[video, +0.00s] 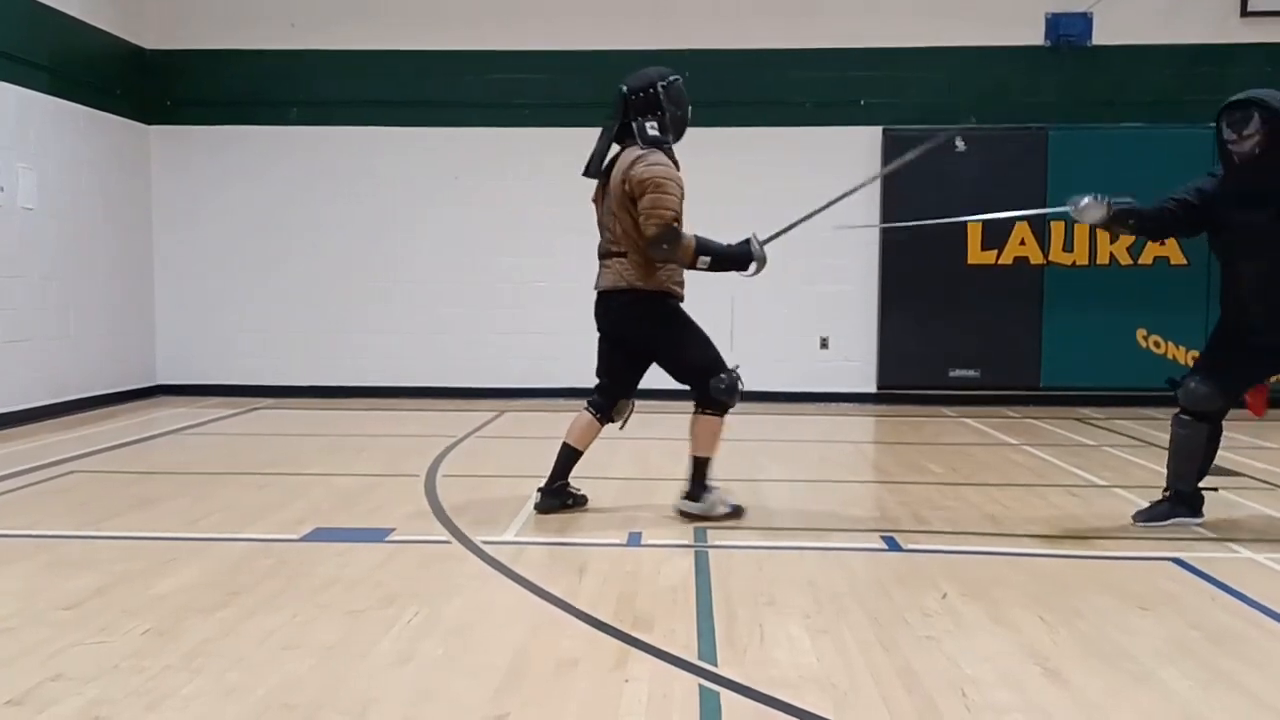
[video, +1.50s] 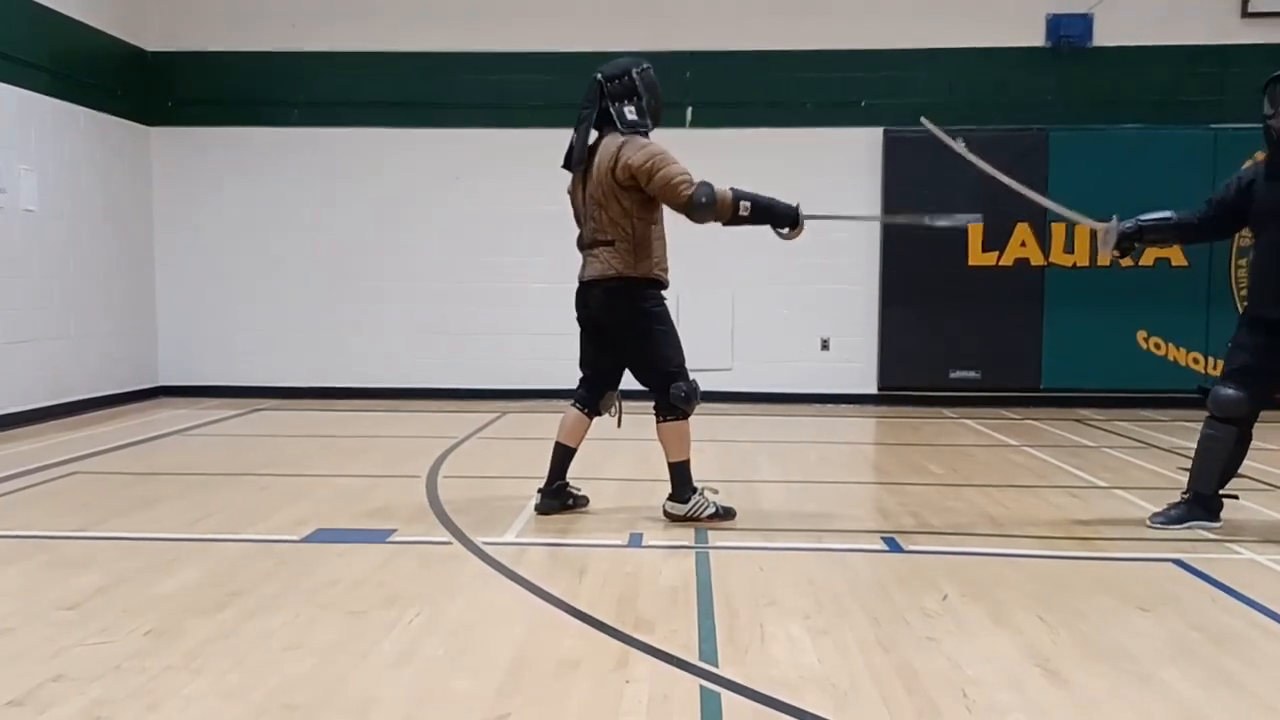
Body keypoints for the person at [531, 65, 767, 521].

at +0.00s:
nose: (685, 112)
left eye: (682, 103)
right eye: (678, 104)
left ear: (632, 111)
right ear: (664, 110)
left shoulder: (620, 162)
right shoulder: (655, 167)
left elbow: (635, 243)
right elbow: (663, 243)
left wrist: (721, 257)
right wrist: (731, 256)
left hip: (615, 304)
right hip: (648, 305)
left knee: (609, 397)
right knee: (717, 383)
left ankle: (554, 486)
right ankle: (698, 492)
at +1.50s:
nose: (655, 105)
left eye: (651, 96)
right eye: (650, 97)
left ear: (604, 104)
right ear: (638, 101)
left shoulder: (588, 153)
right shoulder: (639, 152)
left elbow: (584, 219)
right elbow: (699, 201)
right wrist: (775, 212)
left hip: (595, 293)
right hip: (634, 294)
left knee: (594, 389)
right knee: (674, 390)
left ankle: (553, 487)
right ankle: (683, 495)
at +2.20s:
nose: (664, 103)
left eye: (661, 94)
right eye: (659, 95)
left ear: (613, 101)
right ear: (646, 100)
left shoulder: (592, 151)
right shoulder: (641, 155)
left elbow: (596, 224)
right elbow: (649, 229)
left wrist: (689, 233)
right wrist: (707, 236)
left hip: (590, 292)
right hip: (628, 294)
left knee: (592, 386)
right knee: (671, 392)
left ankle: (553, 487)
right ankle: (683, 495)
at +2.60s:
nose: (657, 105)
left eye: (655, 95)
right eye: (652, 96)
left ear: (604, 100)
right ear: (637, 101)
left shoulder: (587, 152)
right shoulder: (632, 158)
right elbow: (681, 224)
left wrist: (718, 230)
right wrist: (751, 222)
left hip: (584, 293)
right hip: (620, 295)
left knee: (588, 390)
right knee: (658, 394)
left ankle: (551, 489)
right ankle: (682, 496)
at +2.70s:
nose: (663, 103)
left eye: (660, 94)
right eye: (658, 95)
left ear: (610, 100)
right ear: (643, 100)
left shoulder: (588, 150)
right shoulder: (642, 154)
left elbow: (582, 223)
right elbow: (711, 199)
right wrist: (783, 201)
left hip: (586, 293)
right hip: (623, 295)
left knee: (588, 388)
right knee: (662, 394)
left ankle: (551, 488)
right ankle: (682, 496)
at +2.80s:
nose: (671, 102)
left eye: (668, 93)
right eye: (665, 94)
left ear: (618, 100)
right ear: (650, 100)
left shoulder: (593, 150)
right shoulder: (653, 150)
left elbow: (584, 226)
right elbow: (734, 173)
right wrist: (807, 174)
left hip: (590, 292)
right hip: (628, 295)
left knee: (589, 389)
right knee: (668, 394)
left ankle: (552, 487)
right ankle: (683, 496)